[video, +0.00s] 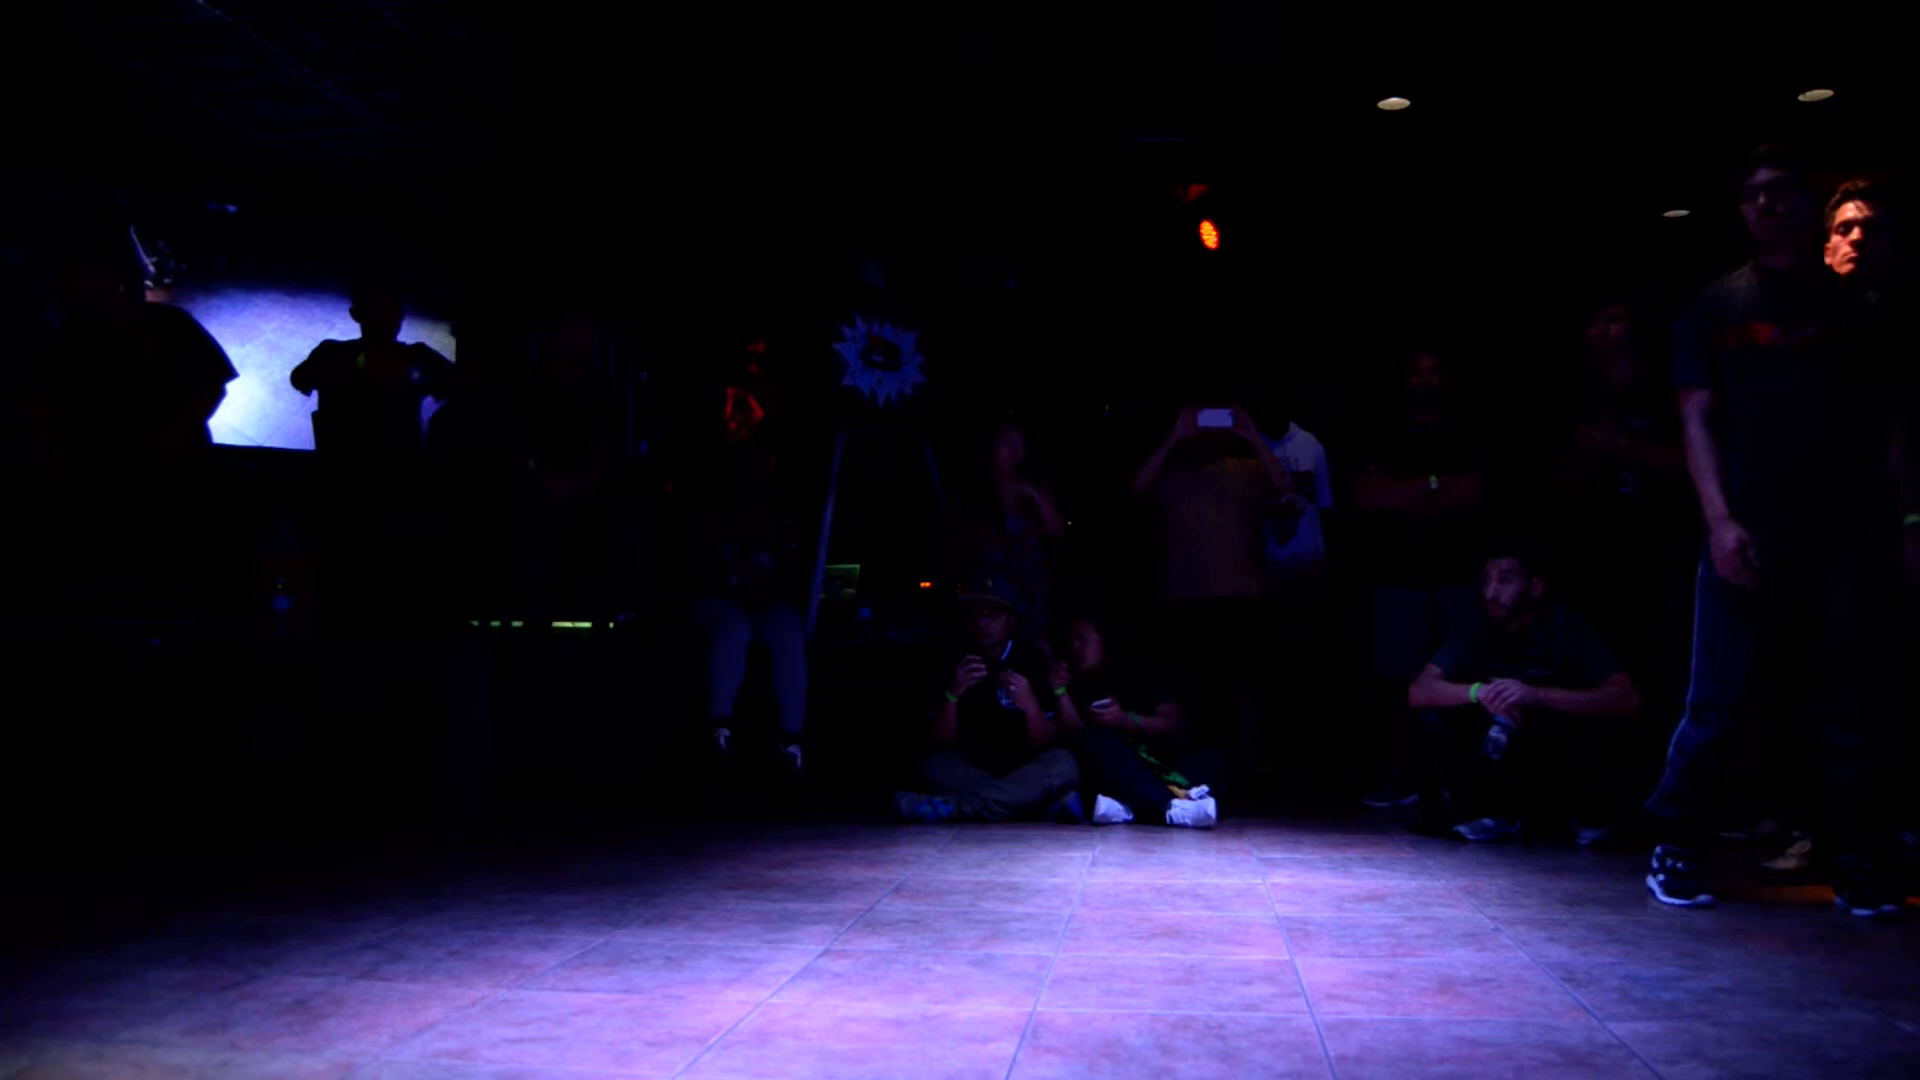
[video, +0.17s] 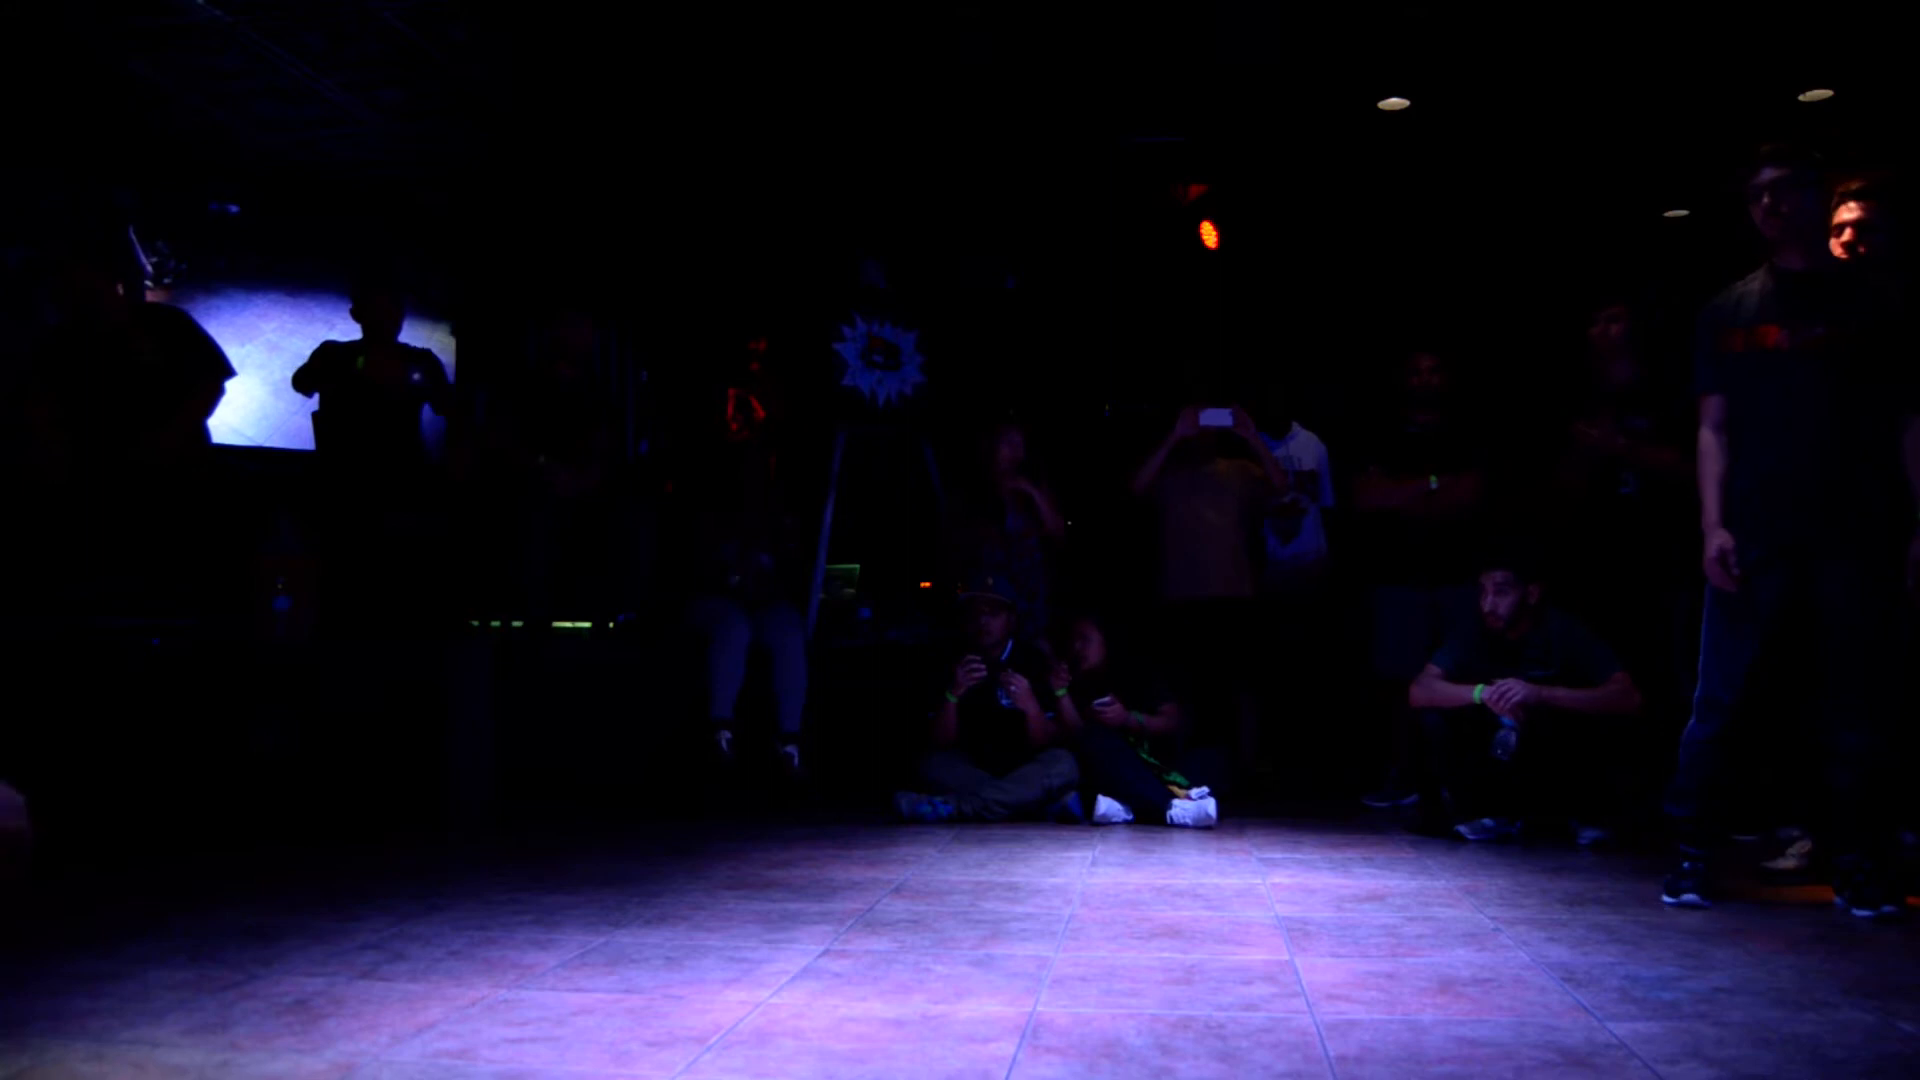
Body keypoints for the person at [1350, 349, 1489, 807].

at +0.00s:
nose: (1425, 382)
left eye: (1434, 372)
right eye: (1417, 373)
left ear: (1448, 378)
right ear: (1404, 379)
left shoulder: (1464, 429)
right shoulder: (1384, 430)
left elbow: (1470, 496)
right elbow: (1365, 495)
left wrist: (1397, 496)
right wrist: (1433, 489)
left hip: (1456, 571)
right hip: (1394, 569)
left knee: (1452, 676)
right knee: (1397, 675)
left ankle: (1454, 786)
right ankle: (1397, 780)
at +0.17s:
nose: (1426, 382)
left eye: (1434, 372)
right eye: (1418, 373)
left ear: (1448, 378)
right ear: (1404, 379)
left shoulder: (1465, 428)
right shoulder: (1384, 429)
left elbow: (1470, 496)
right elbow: (1365, 495)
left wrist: (1397, 497)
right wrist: (1433, 488)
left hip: (1456, 570)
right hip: (1394, 569)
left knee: (1453, 675)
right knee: (1397, 675)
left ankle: (1455, 786)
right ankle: (1397, 780)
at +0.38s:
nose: (1425, 382)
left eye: (1434, 372)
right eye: (1417, 373)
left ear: (1448, 377)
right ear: (1404, 378)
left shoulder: (1464, 428)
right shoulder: (1383, 429)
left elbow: (1469, 496)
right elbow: (1365, 495)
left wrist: (1396, 497)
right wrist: (1433, 489)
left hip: (1454, 570)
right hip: (1393, 569)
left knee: (1452, 676)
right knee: (1397, 676)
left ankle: (1455, 787)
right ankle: (1397, 780)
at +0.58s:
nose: (1424, 382)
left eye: (1432, 373)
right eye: (1417, 373)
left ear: (1447, 378)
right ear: (1404, 380)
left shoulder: (1464, 430)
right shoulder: (1385, 430)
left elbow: (1469, 497)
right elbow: (1365, 495)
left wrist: (1396, 497)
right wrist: (1433, 489)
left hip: (1453, 572)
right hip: (1393, 571)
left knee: (1450, 677)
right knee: (1397, 677)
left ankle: (1452, 786)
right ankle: (1396, 780)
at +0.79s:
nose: (1425, 382)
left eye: (1434, 373)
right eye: (1418, 373)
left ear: (1448, 378)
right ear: (1405, 379)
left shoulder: (1464, 429)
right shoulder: (1386, 430)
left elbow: (1469, 496)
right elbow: (1368, 495)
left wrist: (1397, 497)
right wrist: (1434, 489)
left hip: (1454, 571)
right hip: (1395, 570)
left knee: (1452, 676)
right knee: (1398, 676)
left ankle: (1454, 785)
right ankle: (1398, 780)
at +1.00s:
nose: (1425, 383)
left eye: (1433, 374)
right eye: (1417, 375)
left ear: (1447, 379)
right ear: (1404, 381)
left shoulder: (1463, 430)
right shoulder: (1384, 431)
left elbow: (1468, 497)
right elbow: (1367, 495)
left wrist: (1396, 497)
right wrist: (1433, 489)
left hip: (1453, 570)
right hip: (1393, 569)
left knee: (1451, 675)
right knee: (1396, 676)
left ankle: (1453, 786)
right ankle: (1397, 781)